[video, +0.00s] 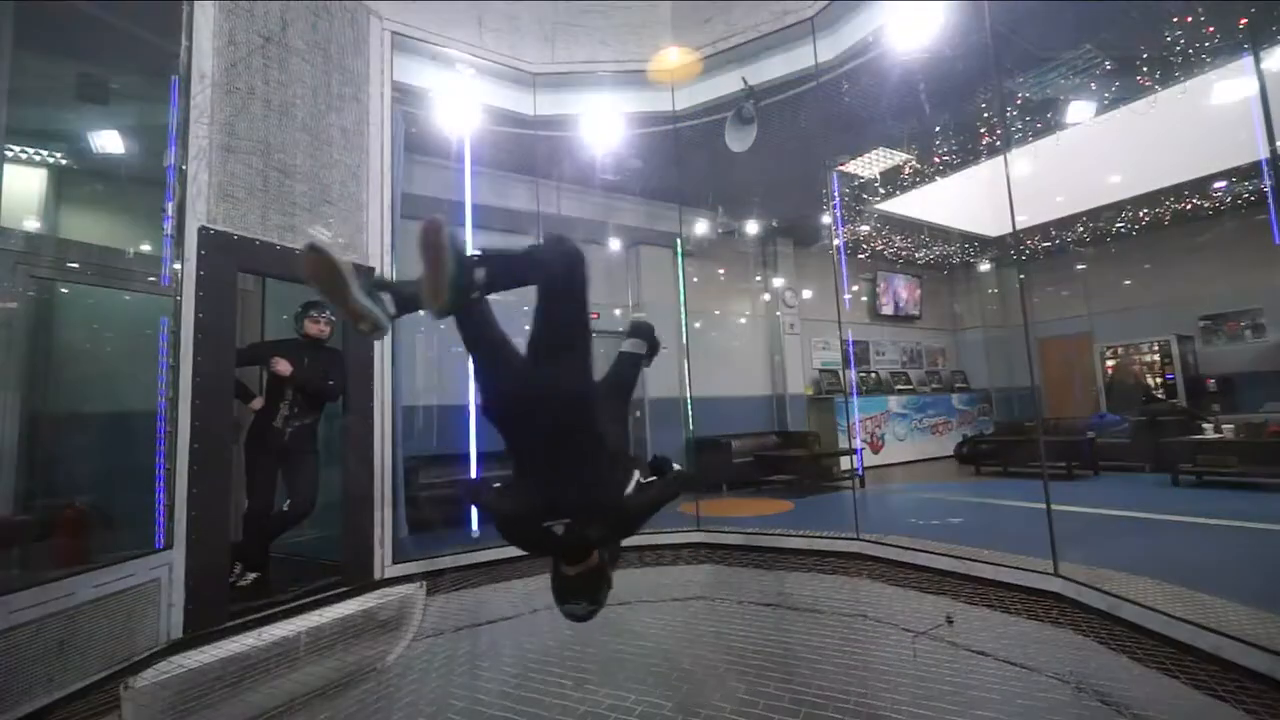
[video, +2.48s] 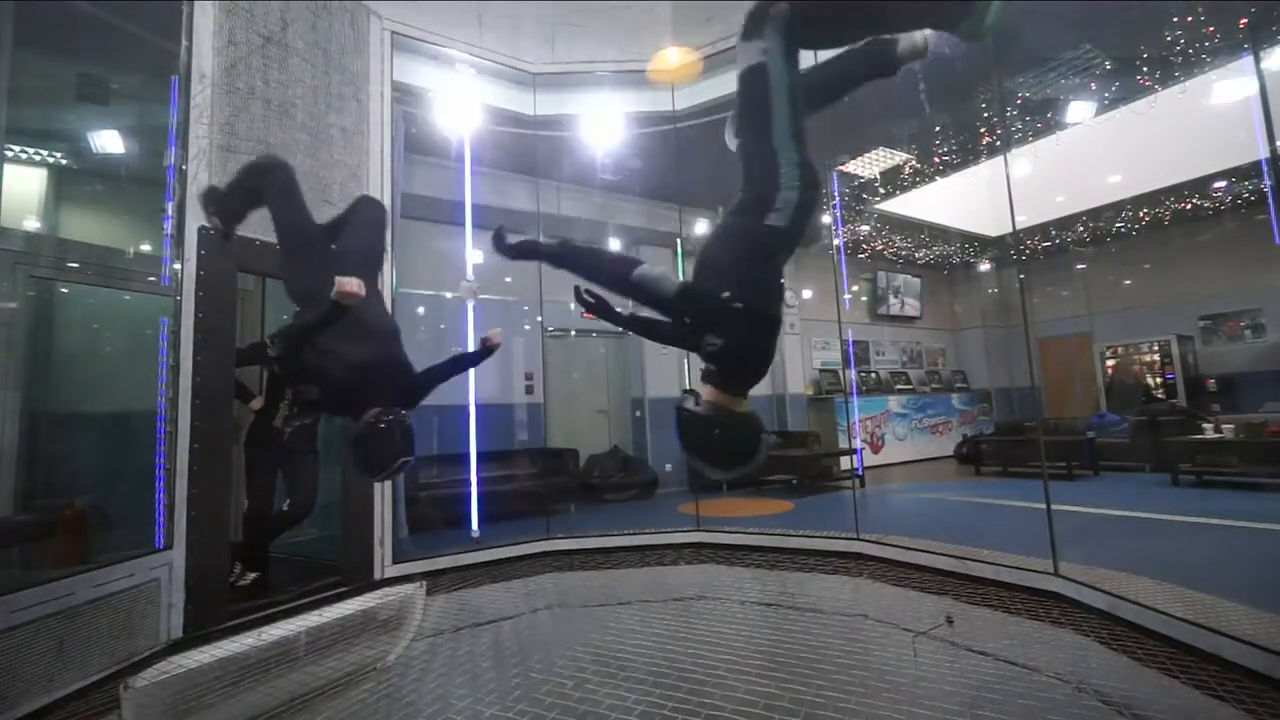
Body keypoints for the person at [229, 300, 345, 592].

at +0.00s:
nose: (322, 325)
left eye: (327, 321)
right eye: (315, 320)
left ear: (332, 327)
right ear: (301, 323)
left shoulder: (334, 358)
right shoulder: (281, 348)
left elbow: (332, 392)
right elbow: (225, 360)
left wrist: (293, 374)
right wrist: (249, 397)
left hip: (301, 441)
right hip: (264, 436)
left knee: (303, 504)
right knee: (260, 504)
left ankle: (242, 553)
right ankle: (254, 569)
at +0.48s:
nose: (322, 325)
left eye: (327, 321)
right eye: (315, 319)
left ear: (332, 327)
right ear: (301, 323)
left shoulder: (334, 357)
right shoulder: (280, 348)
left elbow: (333, 392)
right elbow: (224, 361)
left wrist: (293, 373)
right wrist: (249, 398)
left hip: (302, 440)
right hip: (264, 435)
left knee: (303, 504)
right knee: (260, 504)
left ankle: (242, 553)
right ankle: (254, 570)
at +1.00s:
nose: (322, 325)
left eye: (327, 321)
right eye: (315, 319)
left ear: (332, 327)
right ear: (301, 322)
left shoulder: (334, 357)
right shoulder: (279, 348)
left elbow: (333, 392)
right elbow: (224, 360)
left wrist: (293, 373)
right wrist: (250, 397)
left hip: (302, 441)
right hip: (264, 437)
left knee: (303, 505)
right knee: (260, 504)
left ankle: (243, 553)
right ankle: (254, 570)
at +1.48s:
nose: (321, 324)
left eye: (326, 320)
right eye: (315, 319)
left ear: (330, 326)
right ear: (300, 323)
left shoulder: (335, 358)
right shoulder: (279, 348)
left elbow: (332, 392)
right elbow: (224, 361)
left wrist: (293, 373)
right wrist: (250, 398)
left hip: (302, 443)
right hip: (264, 437)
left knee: (302, 505)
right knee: (260, 505)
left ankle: (242, 553)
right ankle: (254, 570)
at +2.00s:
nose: (321, 324)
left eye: (326, 320)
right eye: (314, 319)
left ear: (331, 326)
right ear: (300, 323)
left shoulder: (335, 357)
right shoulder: (280, 348)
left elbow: (332, 393)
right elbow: (223, 361)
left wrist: (293, 374)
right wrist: (249, 397)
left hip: (302, 442)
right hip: (264, 437)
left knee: (302, 505)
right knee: (260, 504)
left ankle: (243, 553)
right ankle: (254, 570)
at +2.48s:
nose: (309, 326)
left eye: (316, 322)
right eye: (306, 318)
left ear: (325, 328)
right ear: (298, 318)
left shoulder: (330, 359)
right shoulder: (280, 346)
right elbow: (223, 362)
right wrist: (248, 398)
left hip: (301, 437)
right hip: (265, 434)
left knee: (302, 505)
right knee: (259, 506)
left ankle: (242, 554)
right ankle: (256, 571)